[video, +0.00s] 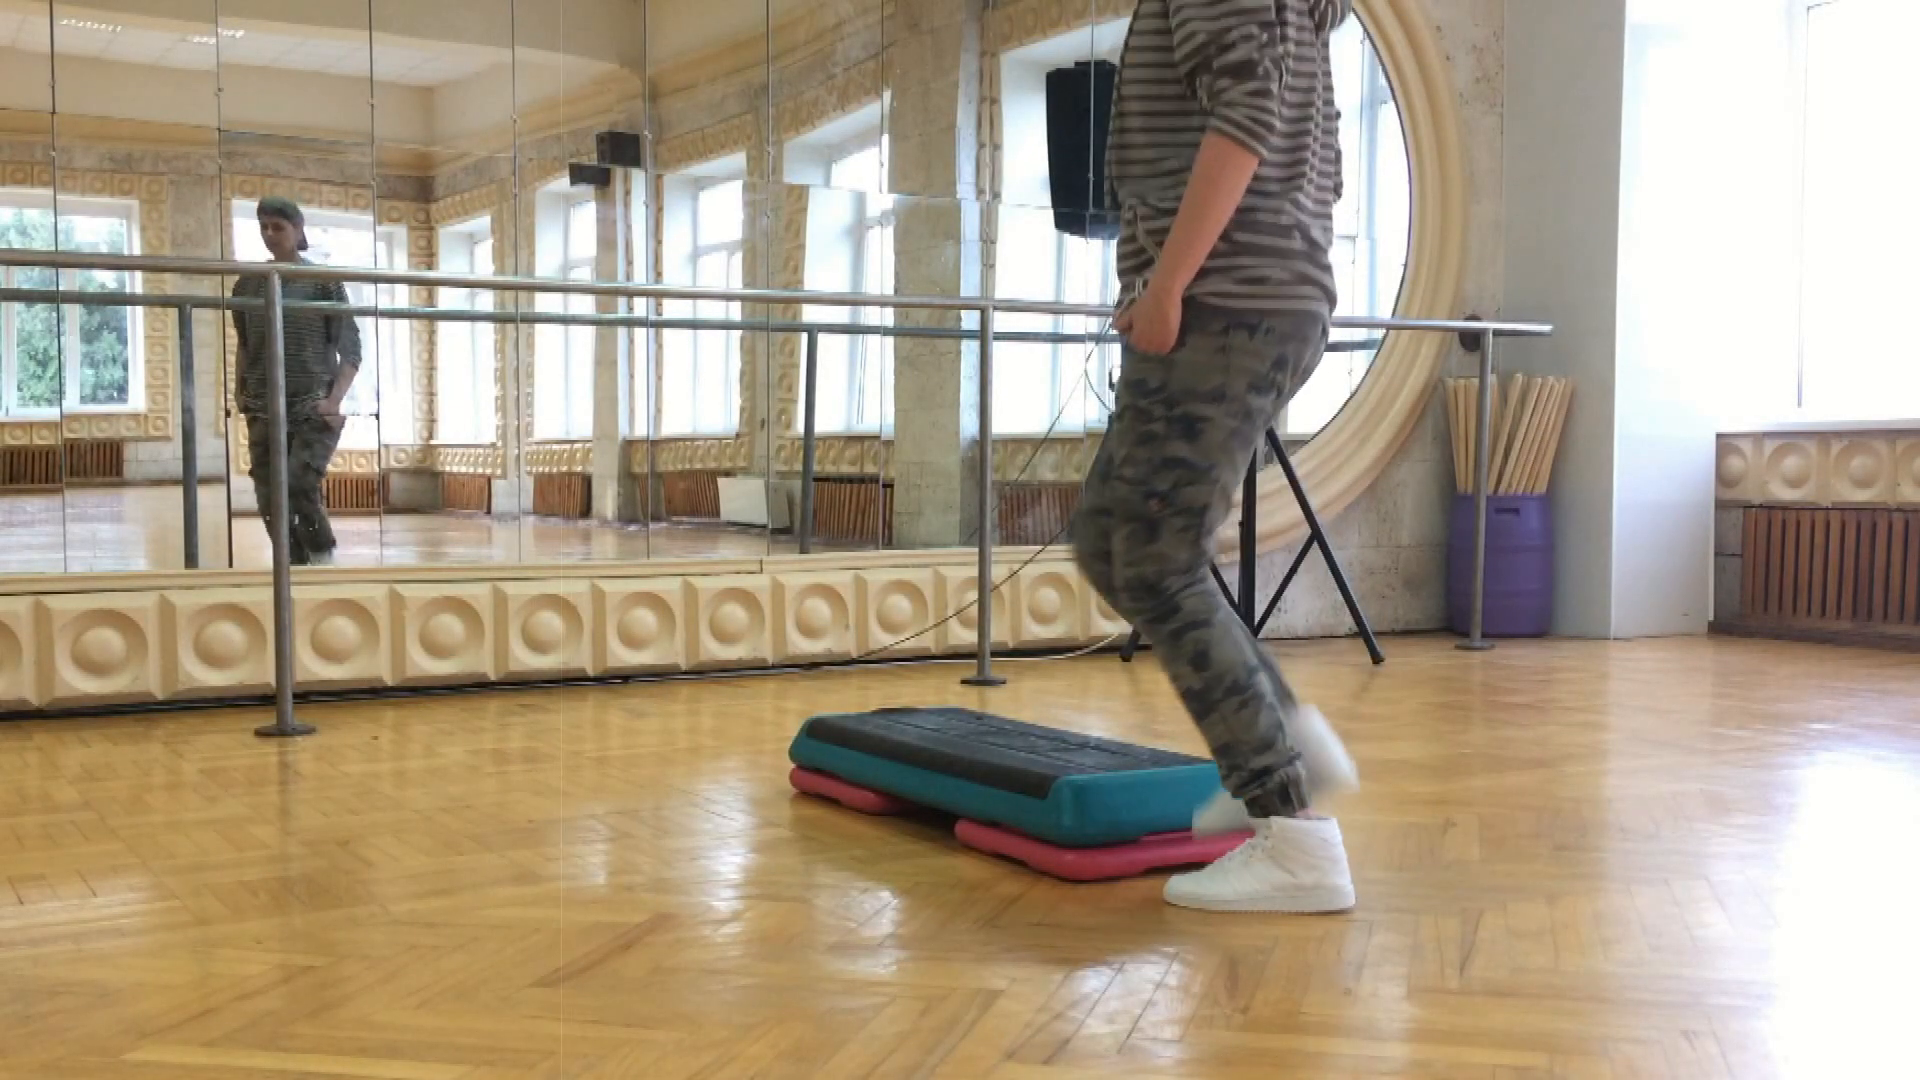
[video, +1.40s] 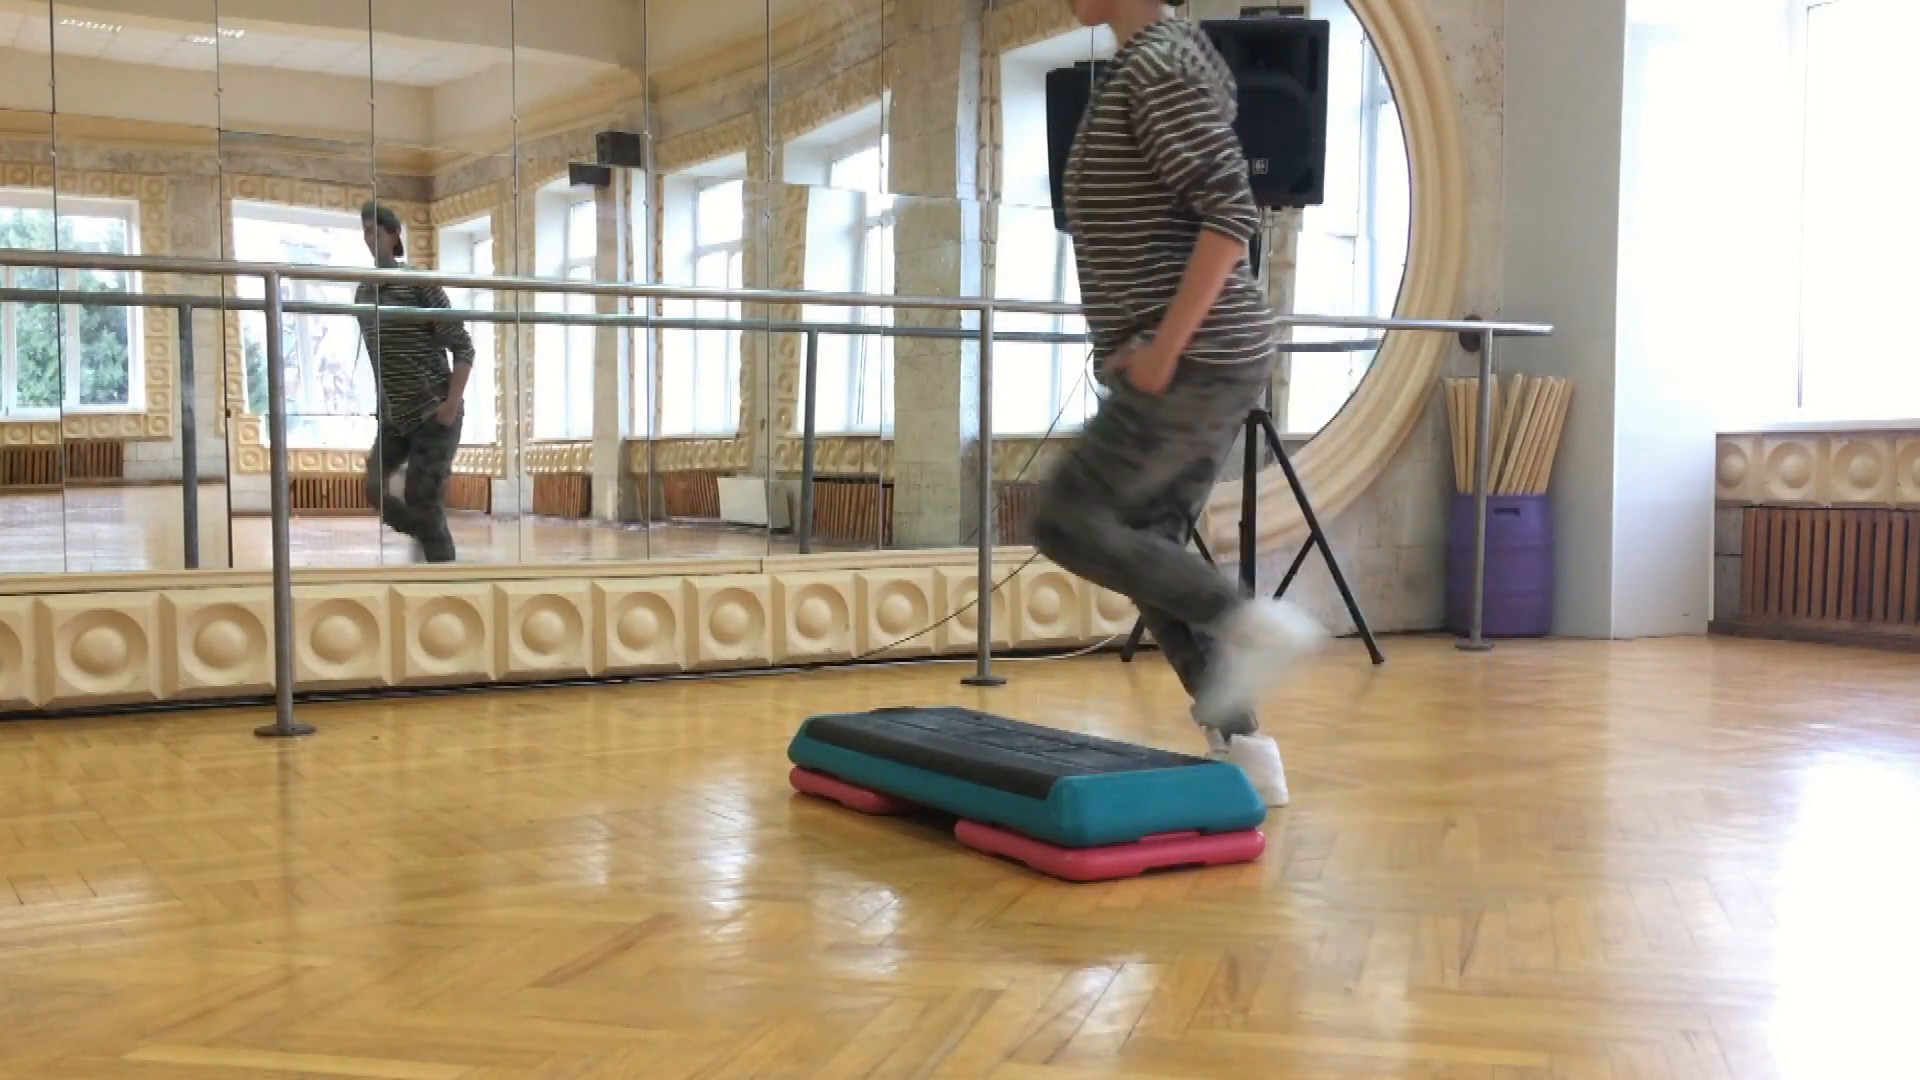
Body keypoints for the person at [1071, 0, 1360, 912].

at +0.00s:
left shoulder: (1220, 3)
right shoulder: (1291, 19)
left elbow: (1245, 119)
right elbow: (1317, 163)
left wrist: (1163, 286)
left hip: (1230, 301)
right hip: (1250, 302)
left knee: (1156, 561)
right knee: (1107, 538)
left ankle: (1294, 834)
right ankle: (1288, 736)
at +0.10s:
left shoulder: (1209, 4)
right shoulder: (1282, 18)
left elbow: (1254, 141)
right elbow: (1329, 186)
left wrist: (1165, 298)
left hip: (1225, 320)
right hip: (1254, 322)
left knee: (1140, 573)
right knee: (1046, 486)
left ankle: (1292, 835)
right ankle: (1229, 648)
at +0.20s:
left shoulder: (1188, 2)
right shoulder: (1159, 20)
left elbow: (1258, 103)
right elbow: (1298, 135)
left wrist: (1178, 269)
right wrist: (1168, 260)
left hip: (1235, 279)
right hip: (1195, 285)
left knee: (1179, 557)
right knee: (1040, 439)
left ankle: (1292, 834)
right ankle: (1149, 674)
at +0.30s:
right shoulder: (1097, 22)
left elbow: (1266, 46)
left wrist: (1213, 223)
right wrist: (1153, 241)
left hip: (1249, 236)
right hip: (1167, 258)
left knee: (1260, 501)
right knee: (1064, 448)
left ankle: (1280, 797)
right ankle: (1141, 693)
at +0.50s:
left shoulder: (1174, 3)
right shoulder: (1068, 24)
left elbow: (1287, 68)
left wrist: (1249, 235)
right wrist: (1142, 252)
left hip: (1249, 266)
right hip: (1149, 291)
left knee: (1330, 496)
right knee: (1071, 465)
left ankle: (1413, 763)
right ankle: (1144, 704)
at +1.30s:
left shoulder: (1196, 61)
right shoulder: (1165, 65)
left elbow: (1262, 215)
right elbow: (1202, 221)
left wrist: (1219, 361)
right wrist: (1167, 349)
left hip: (1234, 369)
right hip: (1185, 371)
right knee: (1151, 554)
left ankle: (1425, 698)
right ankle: (1244, 751)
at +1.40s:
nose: (1074, 2)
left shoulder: (1161, 63)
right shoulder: (1144, 60)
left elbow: (1229, 214)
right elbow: (1198, 215)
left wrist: (1165, 345)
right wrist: (1136, 335)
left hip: (1198, 359)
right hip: (1195, 358)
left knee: (1068, 519)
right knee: (1156, 550)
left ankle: (1247, 620)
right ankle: (1245, 751)